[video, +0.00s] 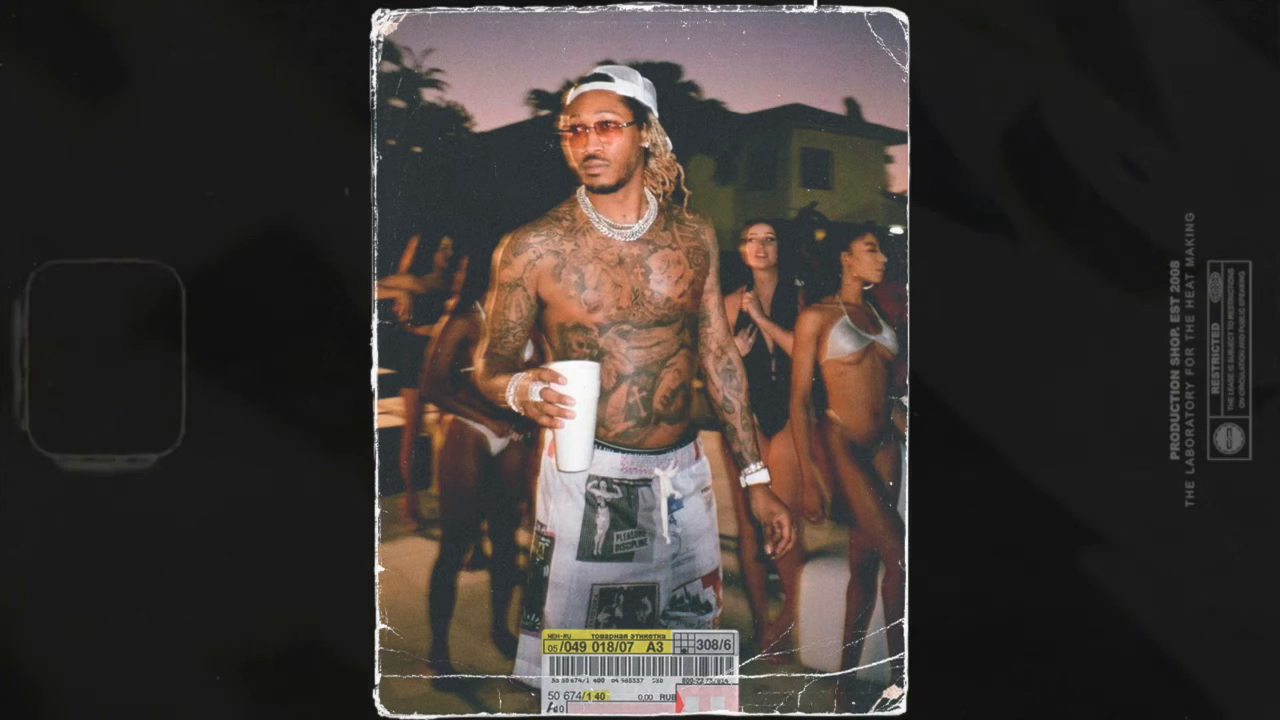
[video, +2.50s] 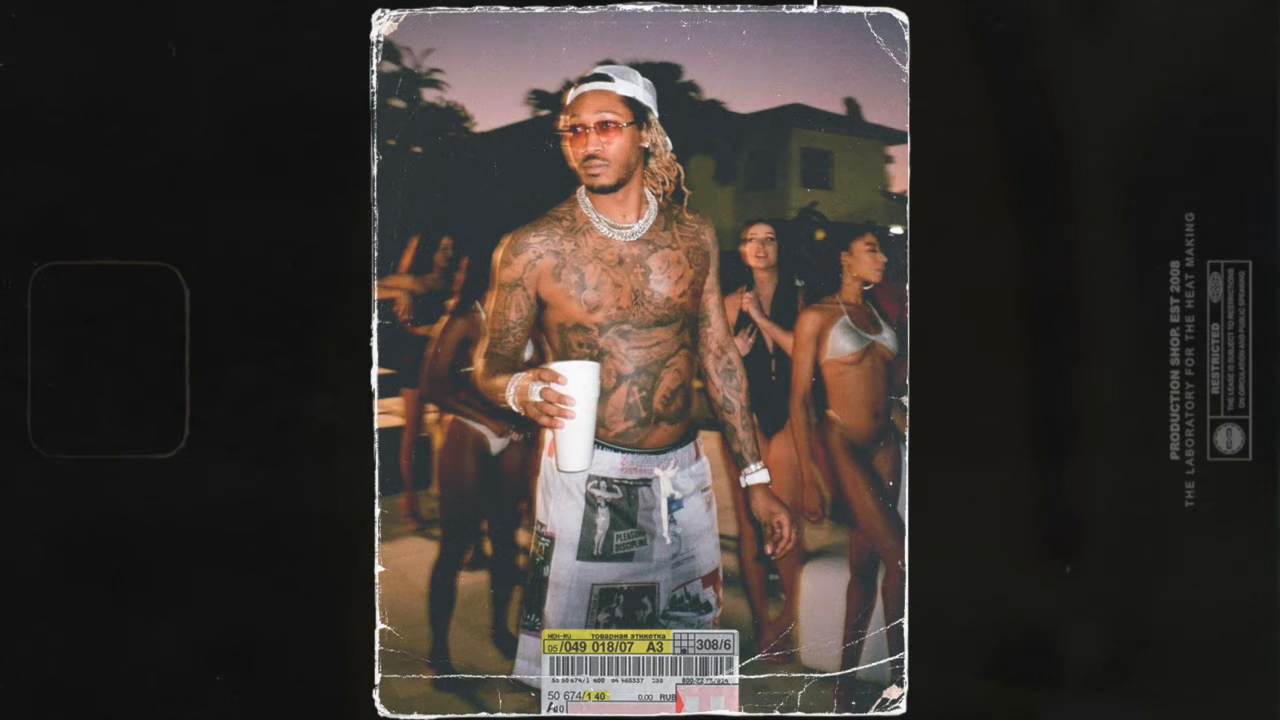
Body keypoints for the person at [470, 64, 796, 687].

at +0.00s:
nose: (590, 143)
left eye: (608, 126)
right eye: (576, 130)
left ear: (646, 139)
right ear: (565, 144)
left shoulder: (694, 237)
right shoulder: (532, 248)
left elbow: (720, 359)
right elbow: (492, 365)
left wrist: (756, 481)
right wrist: (516, 389)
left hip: (681, 477)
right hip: (583, 482)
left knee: (688, 663)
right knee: (574, 668)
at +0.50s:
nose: (590, 143)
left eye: (608, 126)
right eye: (576, 130)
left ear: (646, 139)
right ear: (565, 144)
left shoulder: (694, 237)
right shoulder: (532, 248)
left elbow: (720, 359)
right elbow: (492, 365)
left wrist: (756, 481)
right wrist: (516, 389)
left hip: (681, 477)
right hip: (583, 482)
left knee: (688, 663)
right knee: (574, 668)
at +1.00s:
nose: (590, 143)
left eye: (608, 126)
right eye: (576, 130)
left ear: (646, 138)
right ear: (565, 144)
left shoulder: (694, 236)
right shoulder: (532, 248)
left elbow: (720, 359)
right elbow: (491, 366)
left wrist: (756, 482)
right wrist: (516, 389)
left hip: (681, 476)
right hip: (582, 482)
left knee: (689, 663)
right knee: (574, 669)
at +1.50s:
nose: (590, 143)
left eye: (608, 126)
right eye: (576, 130)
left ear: (646, 138)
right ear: (565, 144)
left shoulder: (693, 236)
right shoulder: (532, 248)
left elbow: (720, 358)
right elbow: (491, 365)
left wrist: (756, 481)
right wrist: (516, 389)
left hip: (681, 477)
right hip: (582, 481)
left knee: (689, 662)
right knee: (574, 666)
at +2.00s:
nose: (590, 143)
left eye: (608, 126)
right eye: (576, 130)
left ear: (646, 138)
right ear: (565, 144)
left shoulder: (693, 235)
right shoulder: (532, 248)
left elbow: (720, 359)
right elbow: (491, 365)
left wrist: (756, 482)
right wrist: (516, 389)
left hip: (681, 477)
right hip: (582, 481)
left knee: (689, 664)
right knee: (574, 669)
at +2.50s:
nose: (590, 143)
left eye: (608, 126)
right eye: (576, 130)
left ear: (646, 138)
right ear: (565, 144)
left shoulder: (693, 235)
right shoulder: (532, 248)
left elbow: (720, 358)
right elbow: (491, 365)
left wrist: (756, 482)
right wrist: (516, 389)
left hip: (681, 477)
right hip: (583, 482)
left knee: (690, 664)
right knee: (574, 670)